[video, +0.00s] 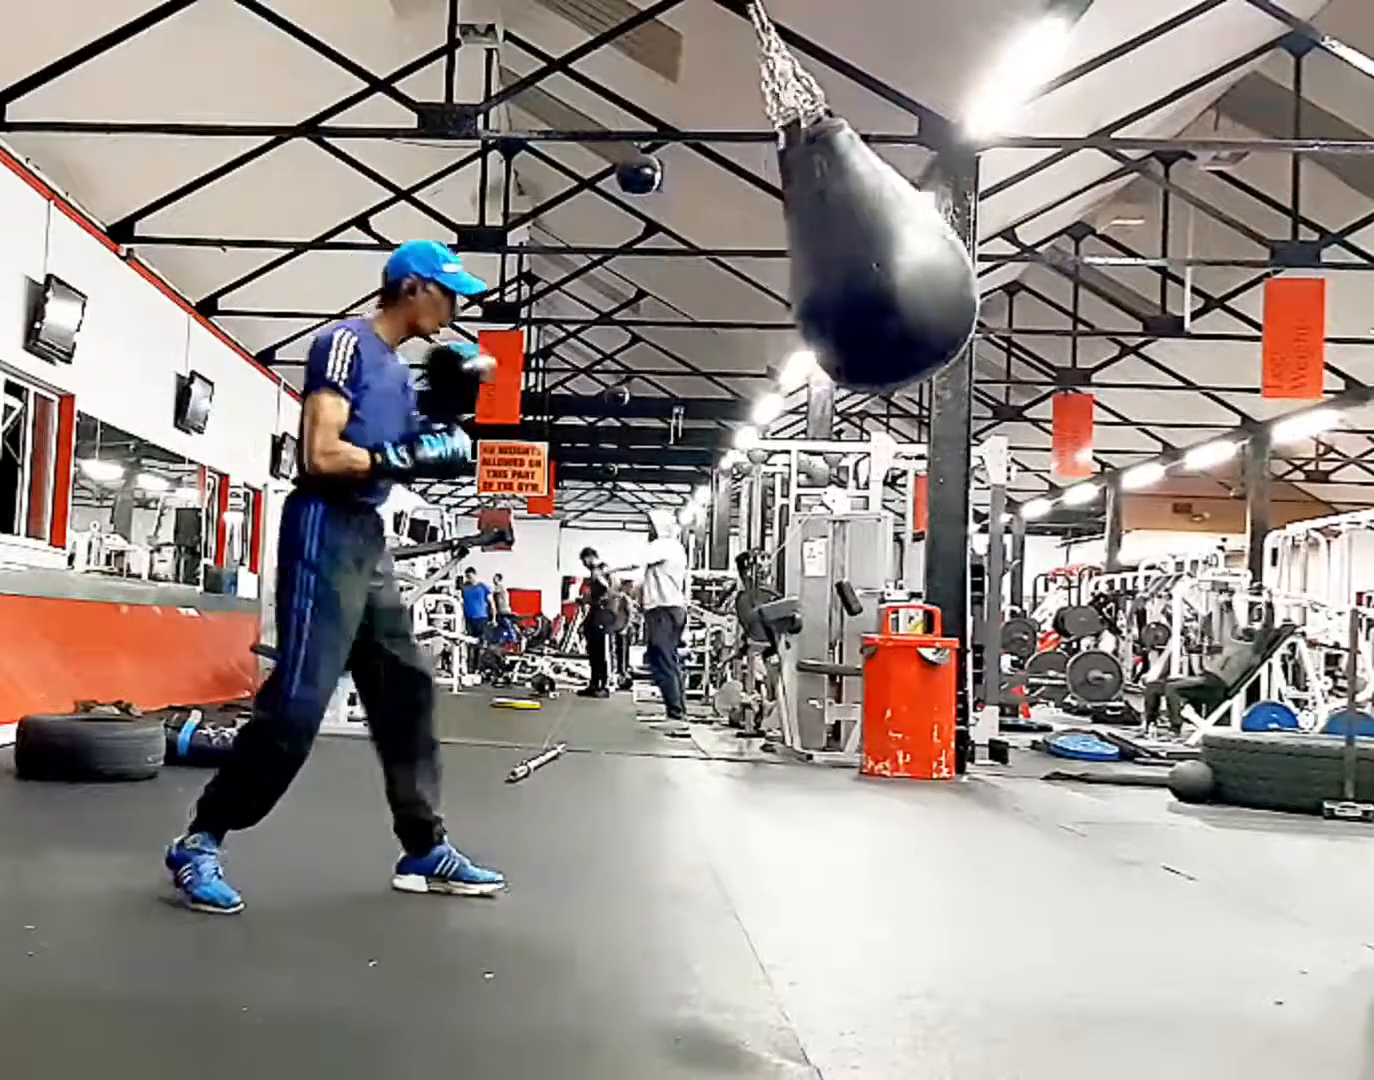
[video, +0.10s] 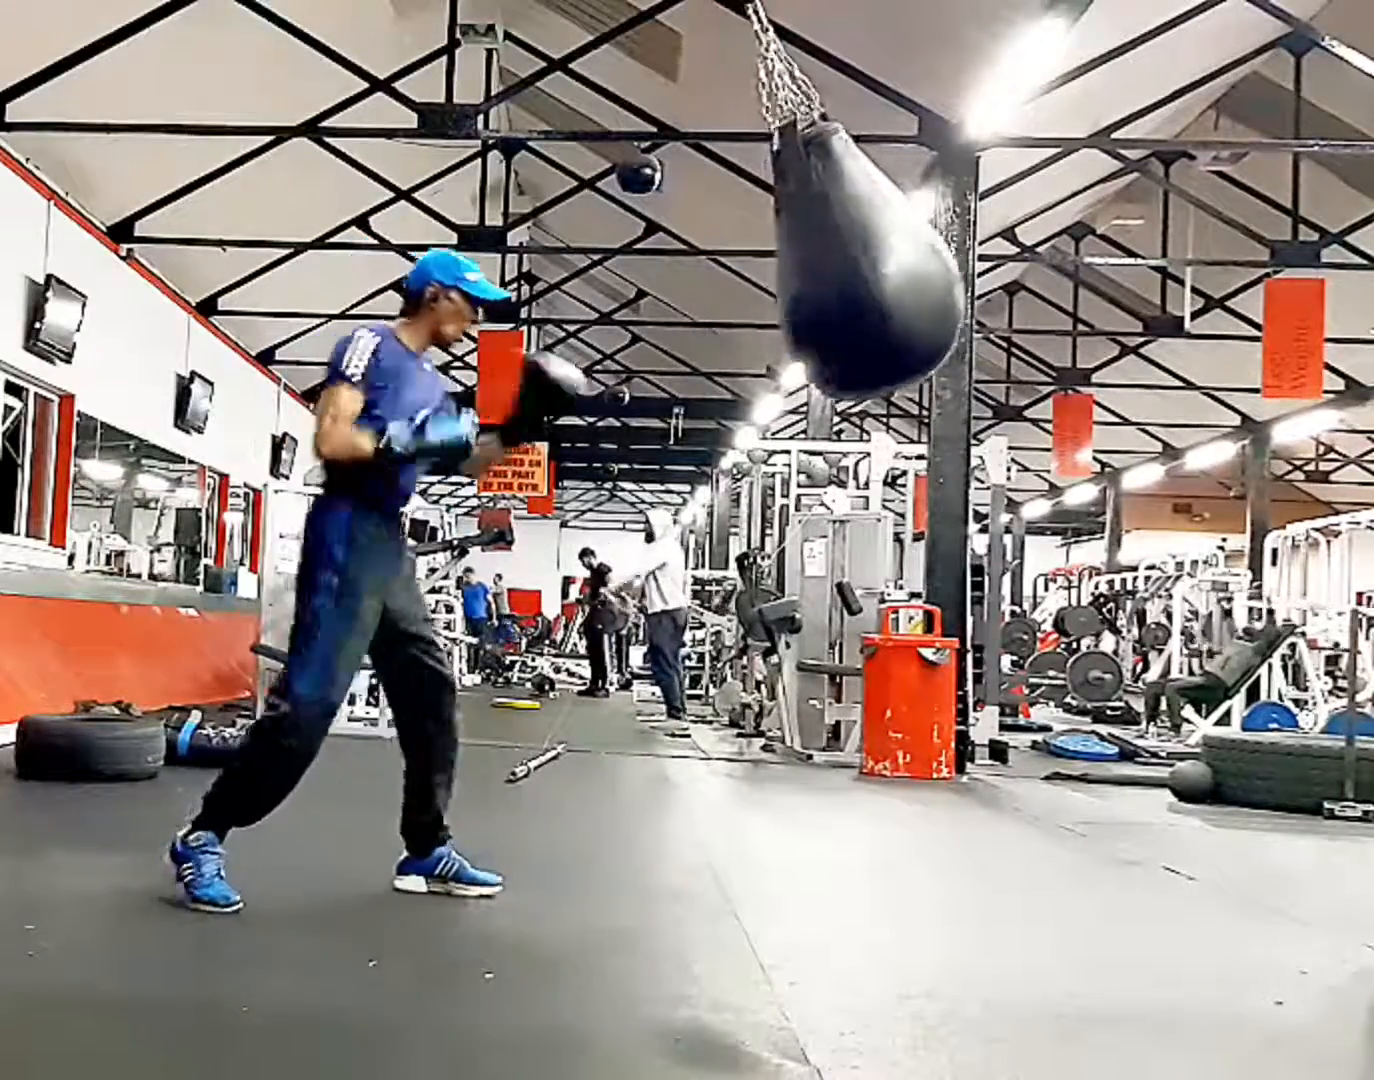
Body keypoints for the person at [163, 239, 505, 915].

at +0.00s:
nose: (454, 311)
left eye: (456, 300)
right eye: (449, 297)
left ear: (419, 292)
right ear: (414, 288)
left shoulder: (394, 366)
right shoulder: (344, 342)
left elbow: (400, 447)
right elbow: (321, 454)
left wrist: (446, 405)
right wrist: (405, 458)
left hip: (365, 533)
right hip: (323, 528)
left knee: (405, 689)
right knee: (296, 703)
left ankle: (424, 849)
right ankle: (198, 844)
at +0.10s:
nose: (475, 321)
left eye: (478, 311)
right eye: (468, 306)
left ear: (446, 306)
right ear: (433, 296)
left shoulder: (433, 387)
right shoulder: (369, 344)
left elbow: (464, 459)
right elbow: (332, 439)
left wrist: (529, 420)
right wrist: (407, 443)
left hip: (387, 544)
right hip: (344, 533)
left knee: (430, 690)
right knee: (309, 706)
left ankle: (425, 850)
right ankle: (202, 838)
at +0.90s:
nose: (516, 367)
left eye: (518, 358)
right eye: (510, 353)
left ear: (476, 345)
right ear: (479, 340)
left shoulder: (435, 410)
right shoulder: (439, 355)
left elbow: (421, 512)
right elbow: (473, 362)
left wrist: (476, 471)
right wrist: (528, 396)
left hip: (381, 530)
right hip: (359, 516)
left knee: (404, 690)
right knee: (315, 700)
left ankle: (424, 850)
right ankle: (191, 837)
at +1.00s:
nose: (516, 387)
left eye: (520, 376)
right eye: (511, 372)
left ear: (479, 369)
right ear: (479, 362)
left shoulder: (440, 417)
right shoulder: (435, 372)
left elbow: (400, 521)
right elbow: (415, 410)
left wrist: (460, 497)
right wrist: (472, 445)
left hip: (361, 545)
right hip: (335, 534)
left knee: (403, 691)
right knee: (303, 717)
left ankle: (425, 850)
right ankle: (183, 846)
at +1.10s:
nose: (508, 381)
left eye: (511, 370)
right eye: (501, 366)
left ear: (476, 367)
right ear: (467, 358)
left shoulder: (435, 417)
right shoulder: (414, 379)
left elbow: (399, 513)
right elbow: (367, 429)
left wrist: (461, 502)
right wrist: (432, 463)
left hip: (356, 555)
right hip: (320, 546)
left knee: (405, 695)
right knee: (296, 732)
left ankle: (425, 852)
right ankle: (182, 851)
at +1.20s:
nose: (479, 345)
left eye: (481, 334)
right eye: (472, 331)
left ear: (445, 330)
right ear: (437, 323)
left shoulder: (422, 387)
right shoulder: (377, 355)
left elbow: (398, 480)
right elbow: (322, 430)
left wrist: (453, 459)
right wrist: (395, 433)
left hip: (349, 540)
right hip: (313, 535)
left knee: (391, 698)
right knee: (289, 712)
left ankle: (424, 850)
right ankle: (186, 852)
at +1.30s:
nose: (443, 324)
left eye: (446, 313)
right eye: (437, 310)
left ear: (412, 307)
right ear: (403, 300)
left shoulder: (395, 372)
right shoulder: (324, 341)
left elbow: (387, 463)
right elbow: (296, 442)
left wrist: (441, 445)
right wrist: (376, 413)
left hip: (344, 541)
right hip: (298, 535)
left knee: (376, 701)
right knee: (276, 713)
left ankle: (422, 850)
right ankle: (181, 854)